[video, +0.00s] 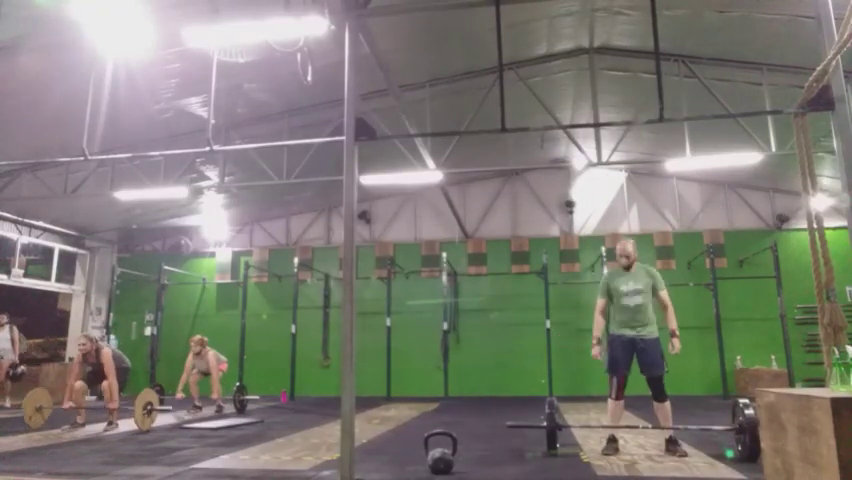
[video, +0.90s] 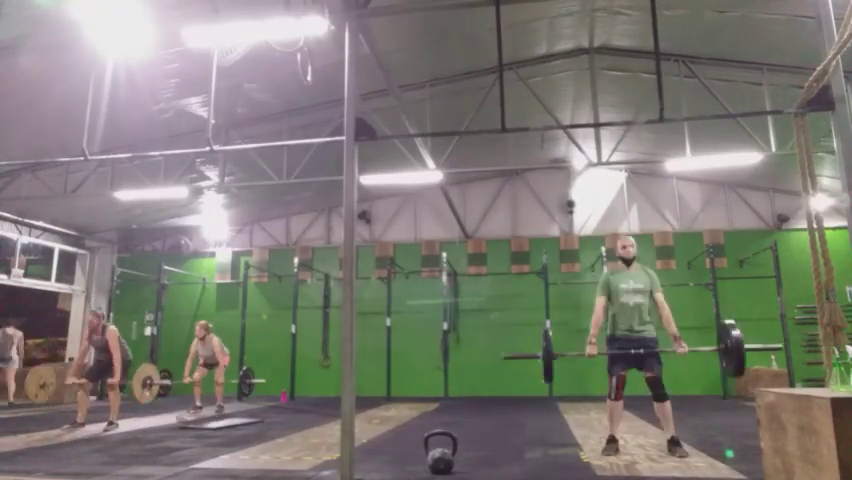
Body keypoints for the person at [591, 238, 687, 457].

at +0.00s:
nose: (624, 260)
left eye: (627, 256)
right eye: (620, 256)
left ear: (635, 255)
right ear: (616, 256)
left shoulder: (650, 273)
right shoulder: (609, 278)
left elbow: (668, 305)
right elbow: (600, 311)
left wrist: (674, 334)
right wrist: (596, 340)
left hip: (648, 337)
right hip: (619, 337)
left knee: (658, 388)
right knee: (617, 388)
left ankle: (670, 438)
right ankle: (612, 438)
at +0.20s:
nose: (642, 349)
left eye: (644, 346)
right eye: (638, 346)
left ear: (649, 340)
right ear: (630, 341)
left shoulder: (658, 345)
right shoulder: (614, 342)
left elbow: (670, 382)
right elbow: (602, 378)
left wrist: (683, 411)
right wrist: (597, 413)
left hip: (645, 358)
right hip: (620, 357)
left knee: (665, 392)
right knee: (612, 392)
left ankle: (673, 440)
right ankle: (612, 438)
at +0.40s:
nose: (628, 251)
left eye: (631, 247)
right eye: (624, 248)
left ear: (638, 250)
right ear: (618, 251)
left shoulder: (651, 275)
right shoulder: (609, 277)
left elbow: (664, 306)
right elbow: (597, 309)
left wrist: (676, 336)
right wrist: (592, 339)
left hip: (648, 338)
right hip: (619, 339)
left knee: (657, 388)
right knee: (617, 389)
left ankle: (673, 439)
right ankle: (612, 438)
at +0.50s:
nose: (626, 252)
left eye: (630, 248)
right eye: (623, 249)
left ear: (637, 251)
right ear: (618, 252)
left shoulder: (650, 275)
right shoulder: (609, 278)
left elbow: (663, 307)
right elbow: (599, 310)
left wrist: (676, 338)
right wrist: (592, 339)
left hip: (649, 339)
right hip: (620, 340)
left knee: (659, 389)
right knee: (616, 390)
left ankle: (672, 439)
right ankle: (612, 438)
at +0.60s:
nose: (637, 299)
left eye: (640, 295)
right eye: (633, 295)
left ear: (645, 294)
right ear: (626, 293)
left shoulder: (654, 309)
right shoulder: (614, 309)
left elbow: (668, 344)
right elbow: (603, 343)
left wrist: (682, 377)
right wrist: (595, 378)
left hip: (647, 346)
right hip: (619, 346)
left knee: (664, 388)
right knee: (612, 386)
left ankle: (672, 439)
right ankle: (612, 438)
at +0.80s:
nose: (630, 248)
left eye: (632, 244)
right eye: (625, 245)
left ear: (637, 247)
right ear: (617, 249)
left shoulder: (650, 273)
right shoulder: (608, 276)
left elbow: (662, 304)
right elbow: (597, 307)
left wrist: (674, 332)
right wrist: (591, 337)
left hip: (647, 337)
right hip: (618, 337)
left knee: (656, 387)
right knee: (617, 388)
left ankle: (672, 439)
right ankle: (613, 438)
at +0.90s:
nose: (626, 250)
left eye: (629, 246)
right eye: (622, 247)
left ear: (636, 250)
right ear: (617, 251)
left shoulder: (649, 275)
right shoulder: (608, 277)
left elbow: (662, 306)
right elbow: (599, 309)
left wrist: (675, 336)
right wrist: (592, 338)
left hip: (646, 337)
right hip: (618, 338)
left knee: (658, 388)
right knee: (615, 389)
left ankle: (672, 439)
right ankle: (612, 438)